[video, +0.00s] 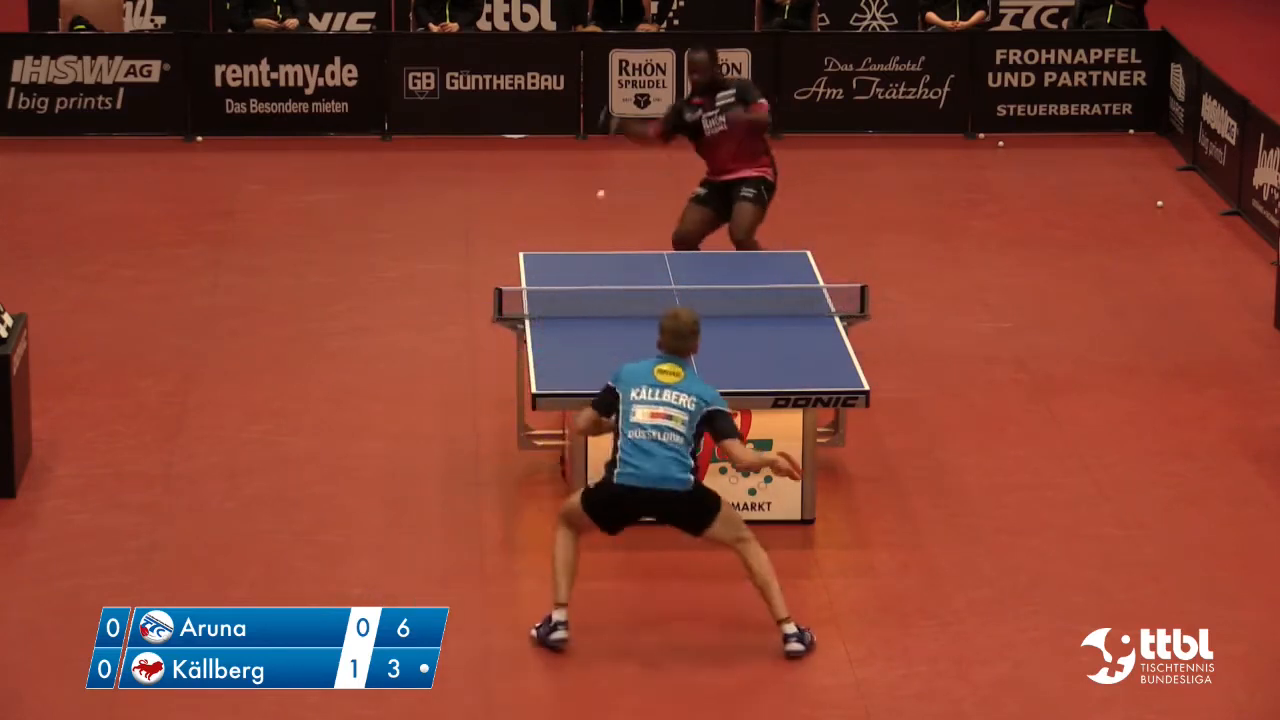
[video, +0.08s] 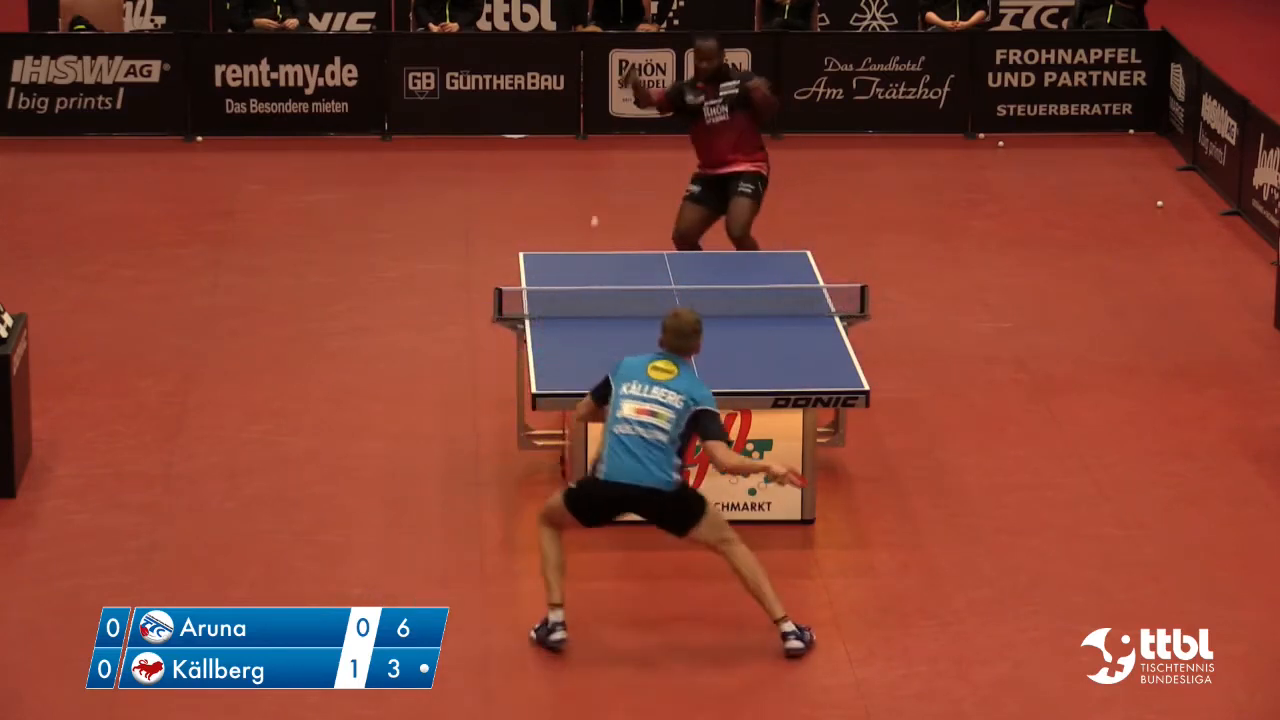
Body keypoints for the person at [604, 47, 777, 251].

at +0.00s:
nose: (695, 78)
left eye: (700, 72)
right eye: (691, 72)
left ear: (715, 67)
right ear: (688, 71)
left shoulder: (740, 88)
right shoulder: (685, 108)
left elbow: (764, 117)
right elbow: (655, 132)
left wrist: (743, 117)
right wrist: (620, 124)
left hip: (754, 175)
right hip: (718, 180)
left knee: (740, 234)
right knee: (683, 239)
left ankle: (771, 283)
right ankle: (697, 295)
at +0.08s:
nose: (703, 66)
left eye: (709, 60)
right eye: (699, 60)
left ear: (722, 58)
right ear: (694, 59)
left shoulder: (743, 83)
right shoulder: (686, 90)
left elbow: (769, 113)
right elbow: (649, 101)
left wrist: (761, 93)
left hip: (747, 169)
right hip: (710, 173)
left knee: (737, 231)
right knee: (683, 237)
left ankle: (762, 280)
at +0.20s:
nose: (702, 59)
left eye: (708, 54)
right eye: (698, 53)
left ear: (720, 53)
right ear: (692, 52)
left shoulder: (743, 75)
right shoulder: (683, 80)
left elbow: (782, 88)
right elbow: (647, 76)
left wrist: (807, 82)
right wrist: (651, 42)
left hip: (745, 165)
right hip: (706, 167)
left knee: (741, 226)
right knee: (672, 224)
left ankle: (762, 279)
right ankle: (696, 278)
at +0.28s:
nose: (704, 67)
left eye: (710, 61)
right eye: (700, 61)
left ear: (722, 60)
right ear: (693, 59)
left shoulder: (743, 85)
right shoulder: (683, 85)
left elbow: (789, 103)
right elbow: (646, 90)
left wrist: (834, 103)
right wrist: (654, 52)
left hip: (743, 171)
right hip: (701, 172)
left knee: (755, 230)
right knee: (665, 230)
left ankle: (787, 281)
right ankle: (680, 287)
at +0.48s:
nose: (725, 94)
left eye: (730, 88)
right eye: (719, 88)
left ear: (740, 87)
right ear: (710, 88)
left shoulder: (760, 114)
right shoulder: (696, 116)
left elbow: (783, 153)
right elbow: (658, 142)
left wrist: (813, 195)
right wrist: (660, 123)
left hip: (755, 196)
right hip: (710, 195)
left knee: (781, 255)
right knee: (666, 246)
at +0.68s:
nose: (730, 83)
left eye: (736, 77)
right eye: (724, 77)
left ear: (746, 76)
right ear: (716, 77)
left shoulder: (769, 103)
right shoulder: (706, 109)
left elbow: (793, 139)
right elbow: (690, 146)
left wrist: (796, 183)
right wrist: (677, 148)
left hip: (764, 190)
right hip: (721, 187)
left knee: (791, 252)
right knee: (673, 236)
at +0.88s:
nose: (719, 111)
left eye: (725, 104)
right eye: (713, 105)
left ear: (735, 103)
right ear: (706, 105)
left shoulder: (756, 127)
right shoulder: (699, 135)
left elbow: (785, 168)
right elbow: (690, 178)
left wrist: (770, 190)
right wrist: (685, 193)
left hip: (764, 208)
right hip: (720, 207)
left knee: (799, 260)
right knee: (667, 244)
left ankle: (846, 319)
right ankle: (662, 313)